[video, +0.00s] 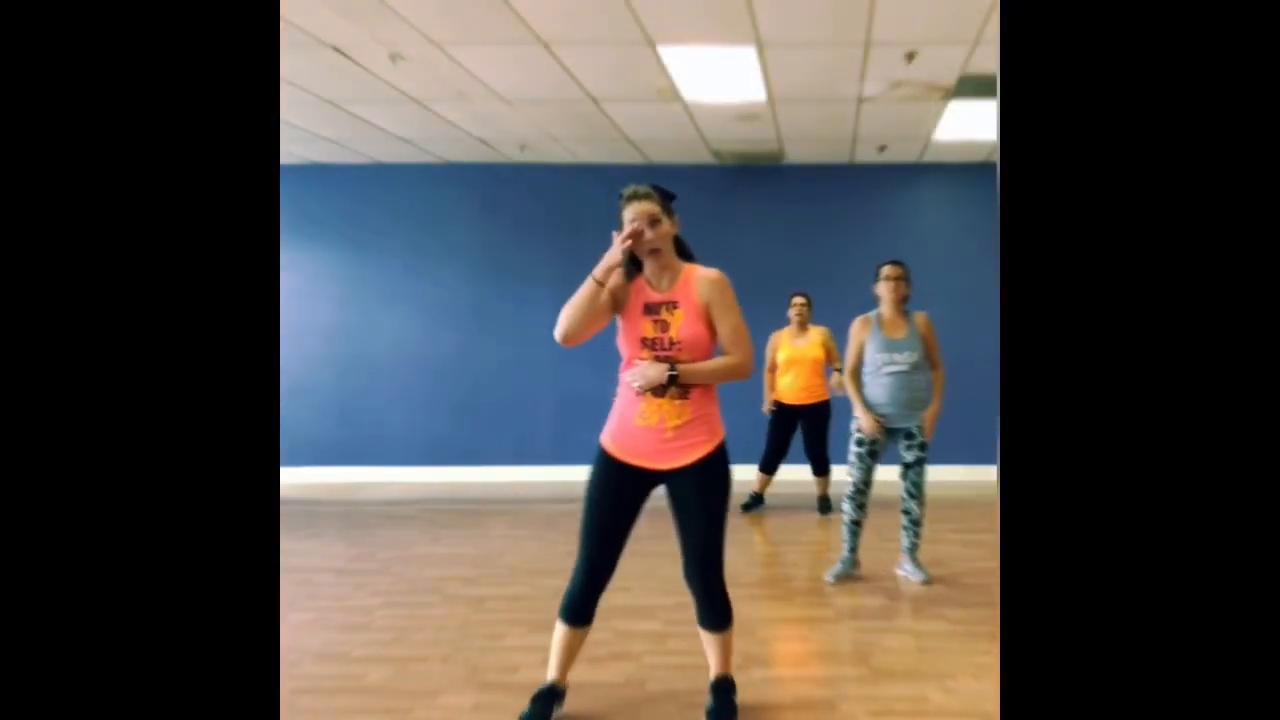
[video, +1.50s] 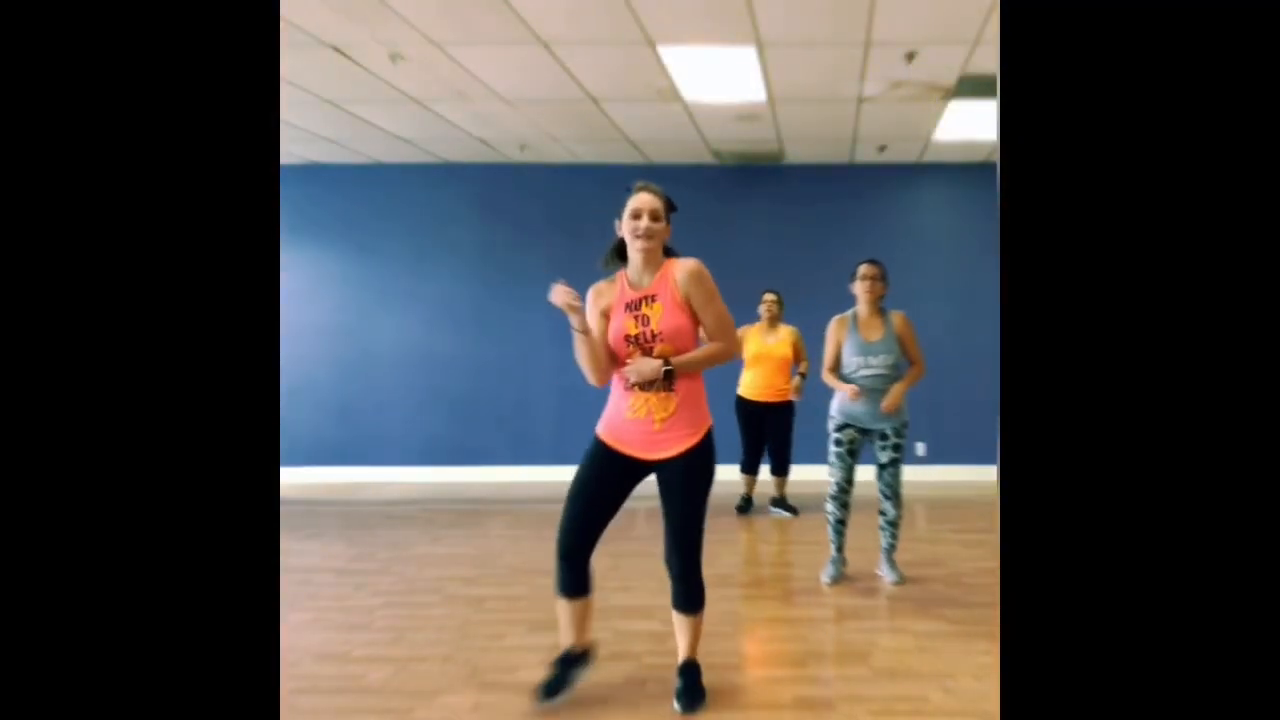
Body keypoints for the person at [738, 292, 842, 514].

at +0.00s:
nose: (798, 310)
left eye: (803, 306)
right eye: (795, 306)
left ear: (810, 311)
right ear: (788, 311)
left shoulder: (822, 335)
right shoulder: (777, 338)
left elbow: (836, 361)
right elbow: (769, 369)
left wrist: (836, 374)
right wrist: (768, 396)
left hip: (815, 400)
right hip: (785, 401)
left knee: (817, 453)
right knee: (773, 451)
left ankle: (823, 495)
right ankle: (757, 494)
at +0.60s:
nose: (816, 307)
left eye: (820, 304)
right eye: (812, 304)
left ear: (827, 309)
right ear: (806, 309)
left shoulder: (837, 334)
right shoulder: (794, 333)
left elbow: (847, 365)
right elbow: (776, 358)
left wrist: (867, 374)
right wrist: (756, 378)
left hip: (827, 400)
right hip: (797, 399)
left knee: (825, 452)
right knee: (790, 450)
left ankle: (824, 495)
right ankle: (784, 493)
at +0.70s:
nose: (815, 307)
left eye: (819, 303)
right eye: (811, 304)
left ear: (826, 309)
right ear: (804, 310)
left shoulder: (836, 335)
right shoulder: (793, 334)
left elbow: (850, 365)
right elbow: (769, 353)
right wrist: (741, 364)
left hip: (826, 400)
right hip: (794, 398)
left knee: (824, 453)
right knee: (784, 448)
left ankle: (824, 496)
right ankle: (775, 493)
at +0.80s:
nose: (812, 309)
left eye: (816, 305)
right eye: (808, 305)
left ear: (823, 311)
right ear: (801, 311)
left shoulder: (832, 336)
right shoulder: (789, 334)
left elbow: (849, 364)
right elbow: (759, 344)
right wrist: (728, 349)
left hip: (822, 401)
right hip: (790, 399)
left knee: (823, 453)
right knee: (776, 448)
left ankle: (824, 497)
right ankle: (761, 493)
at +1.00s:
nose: (798, 309)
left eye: (802, 306)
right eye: (794, 306)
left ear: (810, 313)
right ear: (788, 312)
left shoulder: (817, 338)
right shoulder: (775, 333)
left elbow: (830, 365)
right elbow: (743, 333)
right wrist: (709, 328)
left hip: (808, 402)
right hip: (776, 401)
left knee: (814, 452)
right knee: (765, 450)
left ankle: (823, 497)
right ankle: (748, 495)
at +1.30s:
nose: (775, 306)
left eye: (780, 303)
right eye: (772, 302)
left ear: (787, 309)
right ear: (766, 308)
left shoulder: (795, 335)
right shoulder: (751, 329)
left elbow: (806, 363)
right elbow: (720, 327)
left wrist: (805, 378)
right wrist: (693, 322)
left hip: (784, 399)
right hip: (753, 399)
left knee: (795, 449)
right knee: (754, 450)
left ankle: (808, 494)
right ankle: (746, 495)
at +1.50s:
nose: (769, 307)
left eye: (773, 303)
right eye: (765, 303)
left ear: (780, 309)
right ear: (759, 308)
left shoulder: (791, 334)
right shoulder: (746, 333)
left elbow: (802, 360)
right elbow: (725, 348)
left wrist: (799, 377)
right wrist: (707, 338)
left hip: (780, 398)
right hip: (750, 396)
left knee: (780, 452)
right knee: (751, 450)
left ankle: (779, 496)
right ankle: (747, 494)